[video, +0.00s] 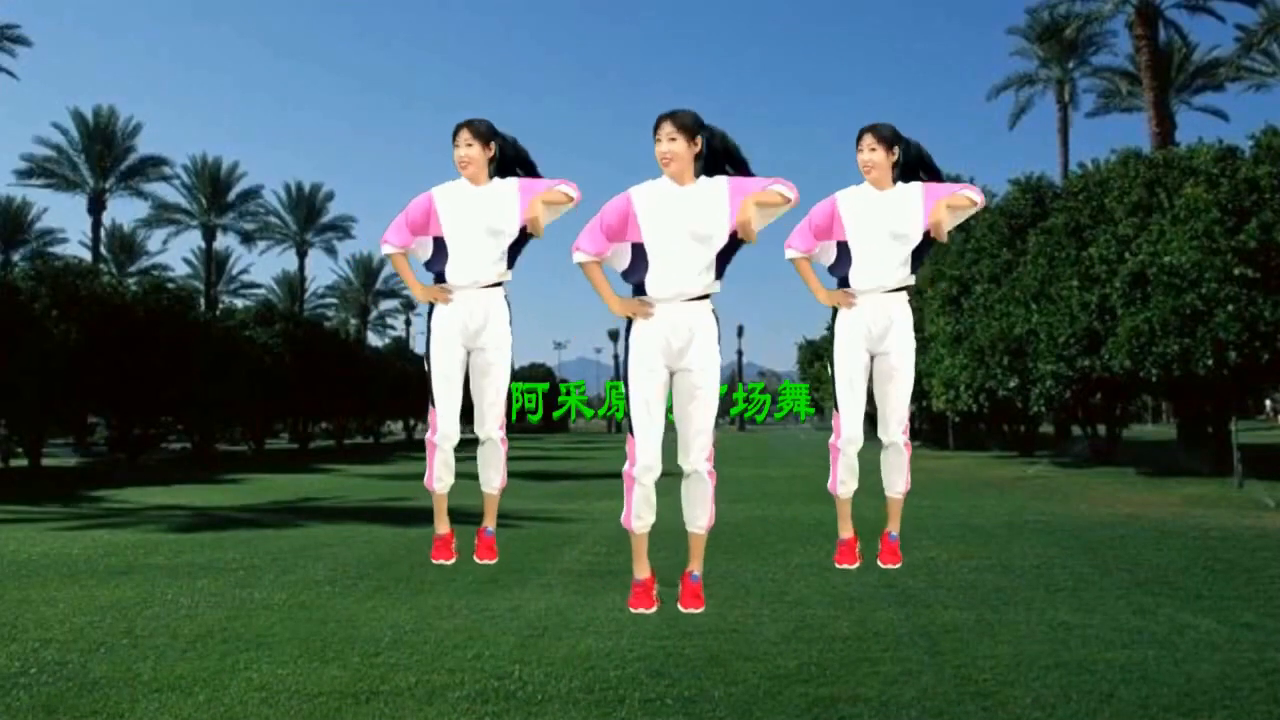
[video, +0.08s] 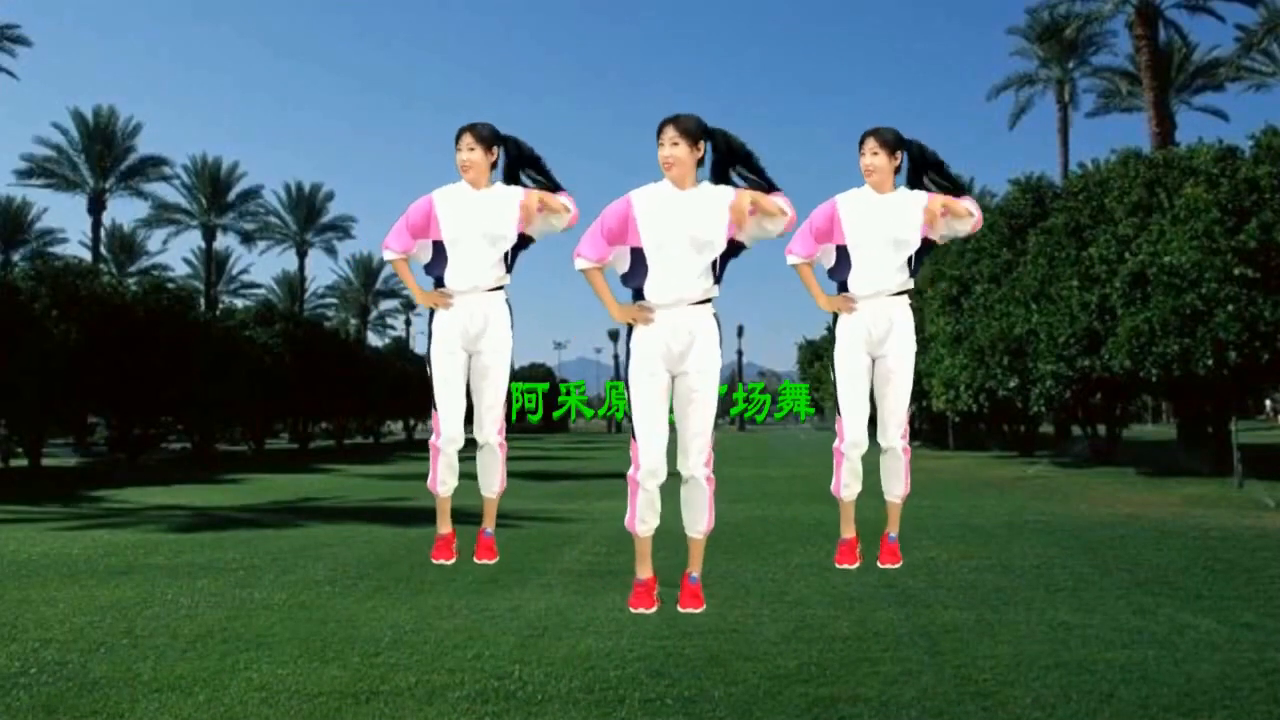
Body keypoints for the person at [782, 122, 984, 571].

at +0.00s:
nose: (864, 156)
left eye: (872, 149)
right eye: (861, 150)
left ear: (894, 154)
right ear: (856, 157)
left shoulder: (918, 194)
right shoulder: (842, 202)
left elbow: (975, 196)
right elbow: (795, 247)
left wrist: (943, 209)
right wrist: (824, 293)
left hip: (897, 312)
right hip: (852, 313)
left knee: (894, 429)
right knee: (848, 429)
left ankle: (892, 532)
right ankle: (845, 534)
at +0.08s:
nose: (867, 160)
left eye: (876, 153)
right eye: (863, 154)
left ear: (896, 159)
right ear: (859, 161)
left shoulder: (917, 201)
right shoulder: (841, 206)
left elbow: (973, 216)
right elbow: (797, 252)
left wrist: (948, 212)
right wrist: (825, 299)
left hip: (898, 315)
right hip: (853, 315)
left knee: (894, 431)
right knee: (852, 432)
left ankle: (891, 535)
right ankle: (847, 535)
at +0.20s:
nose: (872, 184)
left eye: (881, 177)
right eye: (869, 177)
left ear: (901, 184)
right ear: (864, 184)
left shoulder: (914, 231)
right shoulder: (843, 225)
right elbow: (802, 274)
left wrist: (930, 236)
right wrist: (820, 324)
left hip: (900, 335)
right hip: (856, 338)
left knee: (899, 447)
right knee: (872, 446)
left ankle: (889, 536)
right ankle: (857, 519)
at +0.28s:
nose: (874, 186)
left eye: (882, 179)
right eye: (870, 179)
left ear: (903, 185)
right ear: (865, 186)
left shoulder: (912, 238)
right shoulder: (844, 225)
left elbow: (909, 295)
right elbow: (802, 276)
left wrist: (918, 238)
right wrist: (819, 325)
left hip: (899, 339)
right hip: (855, 340)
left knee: (900, 447)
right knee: (876, 444)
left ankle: (889, 537)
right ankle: (861, 507)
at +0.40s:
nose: (869, 165)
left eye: (878, 158)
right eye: (866, 159)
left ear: (900, 166)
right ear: (862, 167)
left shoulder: (913, 214)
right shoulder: (840, 208)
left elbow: (904, 254)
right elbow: (797, 253)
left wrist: (898, 196)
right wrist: (814, 301)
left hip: (890, 323)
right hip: (846, 323)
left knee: (891, 434)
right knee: (850, 431)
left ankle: (890, 534)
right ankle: (841, 501)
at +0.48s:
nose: (865, 160)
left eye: (873, 152)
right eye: (862, 153)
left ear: (896, 159)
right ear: (859, 160)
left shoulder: (912, 205)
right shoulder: (838, 202)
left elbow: (900, 238)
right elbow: (794, 244)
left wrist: (892, 180)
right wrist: (811, 291)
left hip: (885, 317)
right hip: (840, 316)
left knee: (886, 431)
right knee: (836, 429)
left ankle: (890, 532)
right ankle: (821, 507)